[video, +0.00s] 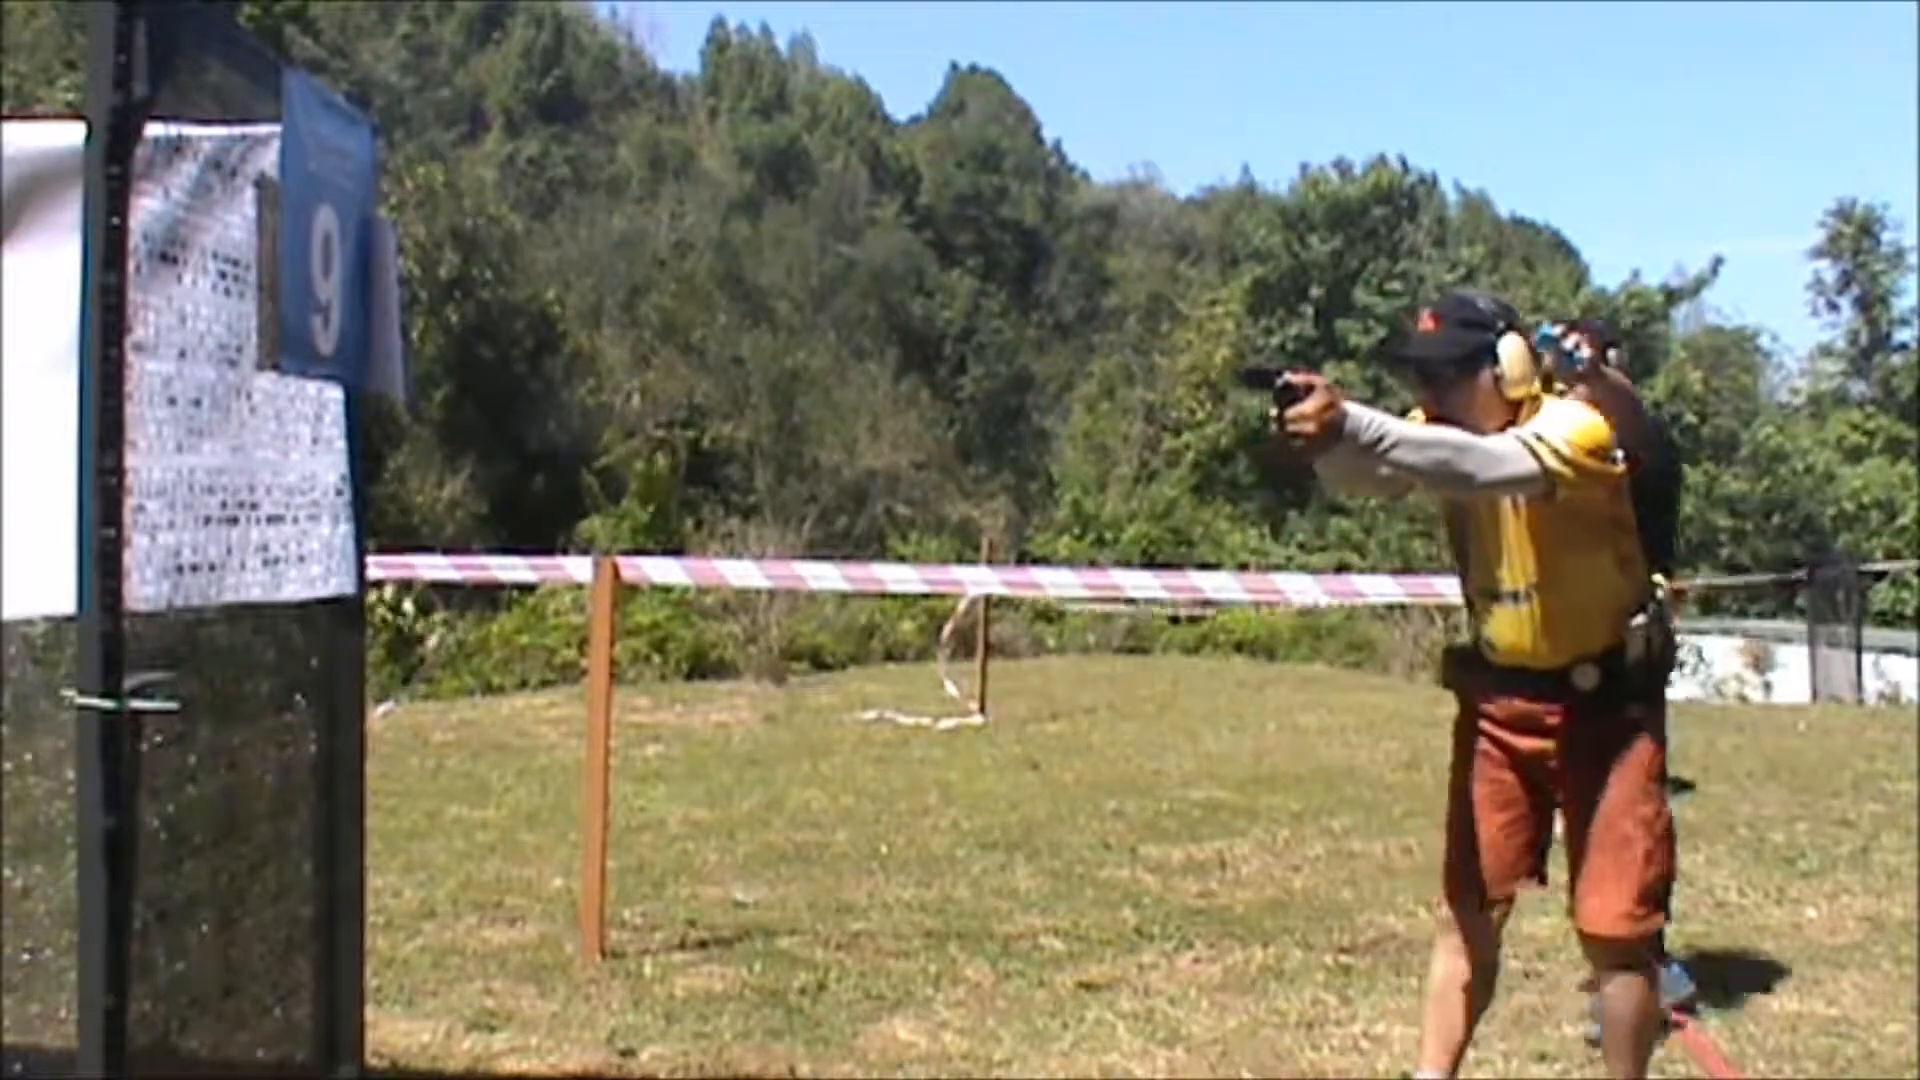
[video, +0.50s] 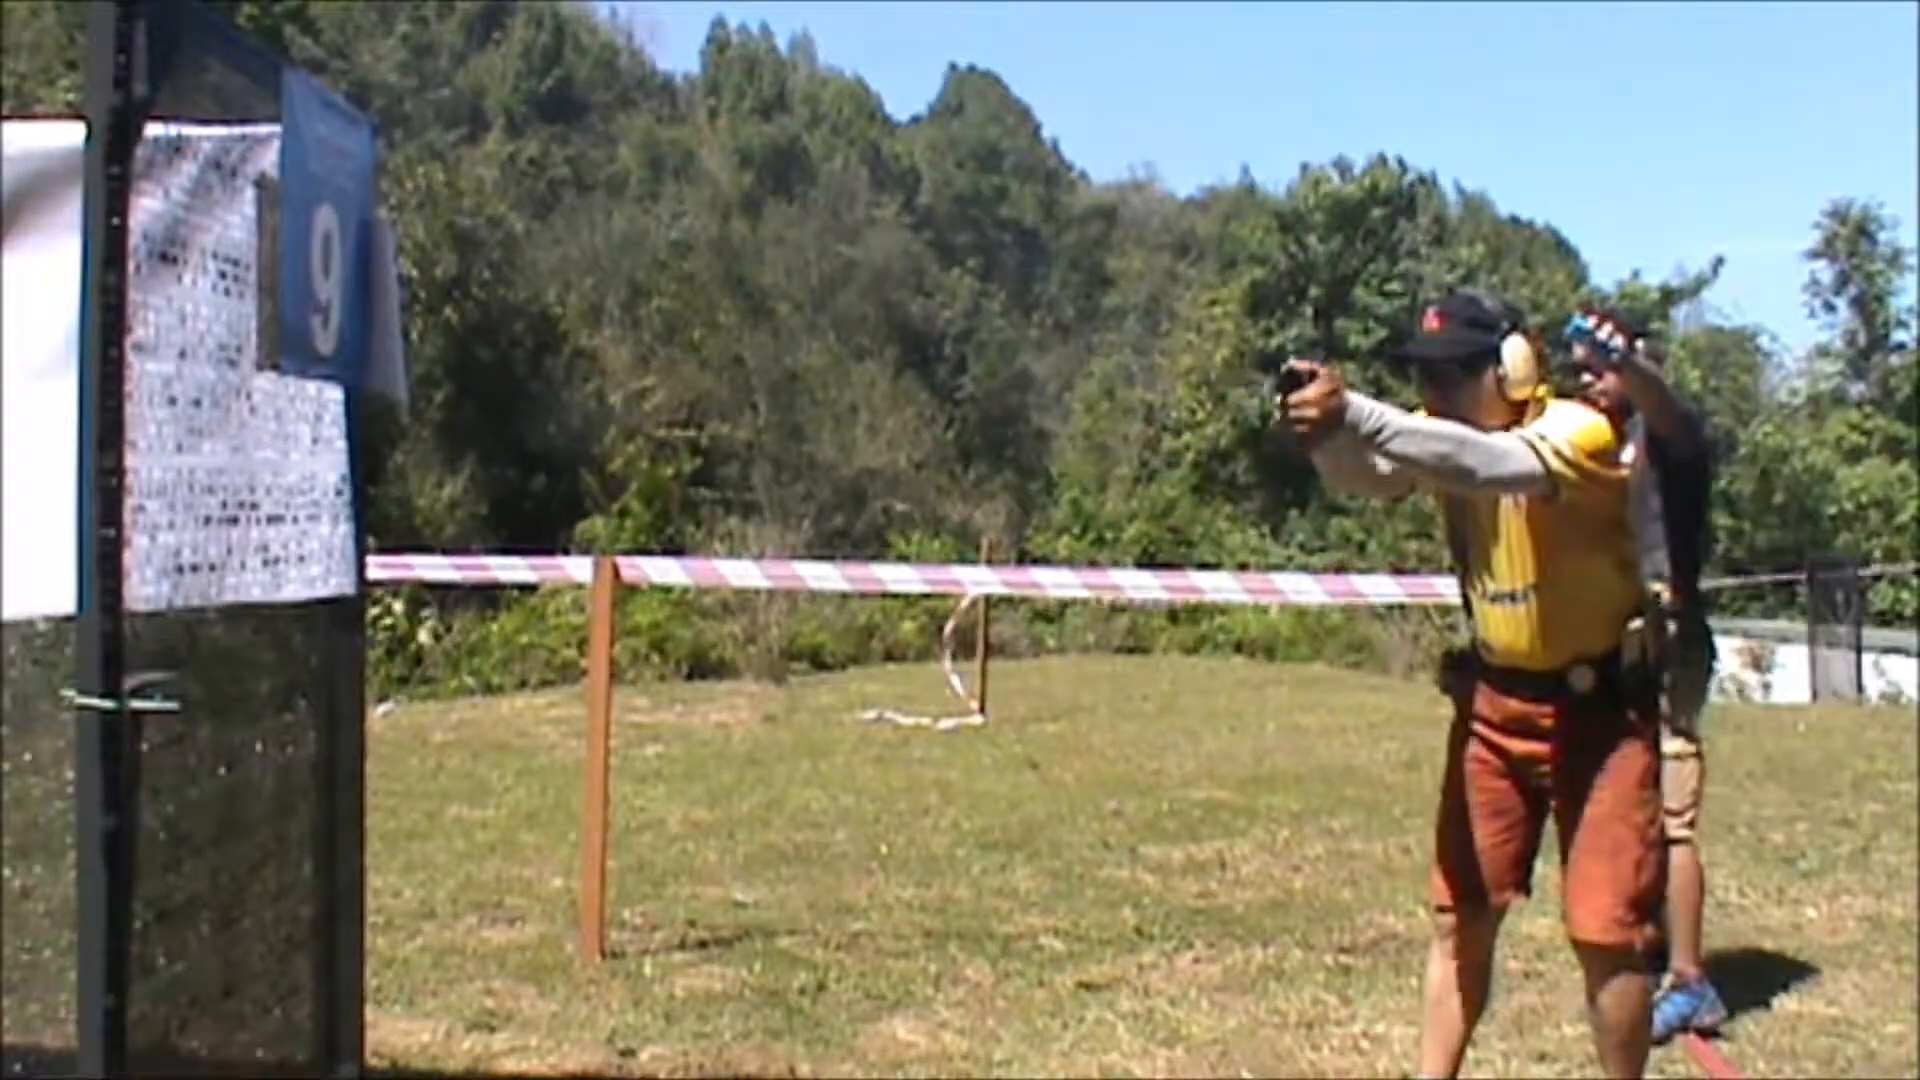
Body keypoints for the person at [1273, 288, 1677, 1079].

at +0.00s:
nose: (1431, 399)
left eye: (1446, 379)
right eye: (1424, 382)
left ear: (1505, 369)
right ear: (1425, 380)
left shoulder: (1580, 427)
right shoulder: (1458, 445)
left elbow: (1483, 464)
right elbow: (1377, 474)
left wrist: (1350, 420)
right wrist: (1323, 437)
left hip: (1609, 707)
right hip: (1500, 704)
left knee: (1618, 930)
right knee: (1471, 907)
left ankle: (1626, 1073)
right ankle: (1433, 1071)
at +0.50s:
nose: (1433, 395)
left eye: (1448, 376)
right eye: (1427, 378)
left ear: (1504, 371)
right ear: (1432, 374)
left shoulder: (1582, 430)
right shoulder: (1453, 446)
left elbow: (1496, 463)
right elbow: (1370, 473)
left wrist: (1355, 412)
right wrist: (1319, 430)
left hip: (1602, 712)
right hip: (1496, 708)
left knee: (1607, 932)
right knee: (1463, 911)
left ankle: (1623, 1073)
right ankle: (1435, 1071)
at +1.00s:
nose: (1433, 391)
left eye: (1447, 371)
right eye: (1427, 372)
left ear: (1501, 365)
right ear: (1431, 370)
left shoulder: (1581, 429)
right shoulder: (1461, 446)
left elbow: (1478, 460)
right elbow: (1376, 470)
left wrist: (1343, 405)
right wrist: (1314, 423)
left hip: (1597, 703)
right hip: (1494, 697)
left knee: (1594, 933)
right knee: (1462, 904)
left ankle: (1622, 1072)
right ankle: (1435, 1070)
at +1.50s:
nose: (1435, 385)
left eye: (1451, 365)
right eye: (1429, 366)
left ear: (1506, 360)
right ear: (1430, 364)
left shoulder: (1580, 424)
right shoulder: (1470, 440)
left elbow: (1473, 455)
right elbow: (1386, 467)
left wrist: (1340, 408)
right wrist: (1316, 424)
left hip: (1597, 706)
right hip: (1495, 699)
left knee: (1594, 938)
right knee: (1461, 906)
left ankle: (1620, 1072)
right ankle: (1434, 1070)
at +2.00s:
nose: (1448, 390)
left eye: (1461, 371)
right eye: (1442, 372)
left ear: (1513, 362)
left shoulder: (1592, 426)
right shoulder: (1491, 439)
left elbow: (1480, 454)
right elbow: (1386, 465)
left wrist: (1343, 405)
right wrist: (1320, 420)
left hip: (1601, 710)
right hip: (1504, 701)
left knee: (1595, 945)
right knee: (1463, 919)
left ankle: (1622, 1073)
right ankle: (1433, 1071)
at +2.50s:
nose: (1448, 392)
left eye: (1462, 372)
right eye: (1441, 373)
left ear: (1514, 362)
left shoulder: (1591, 427)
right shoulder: (1497, 435)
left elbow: (1467, 460)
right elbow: (1402, 470)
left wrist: (1332, 412)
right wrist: (1320, 430)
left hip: (1601, 711)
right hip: (1505, 700)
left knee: (1597, 946)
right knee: (1463, 922)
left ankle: (1623, 1072)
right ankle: (1433, 1072)